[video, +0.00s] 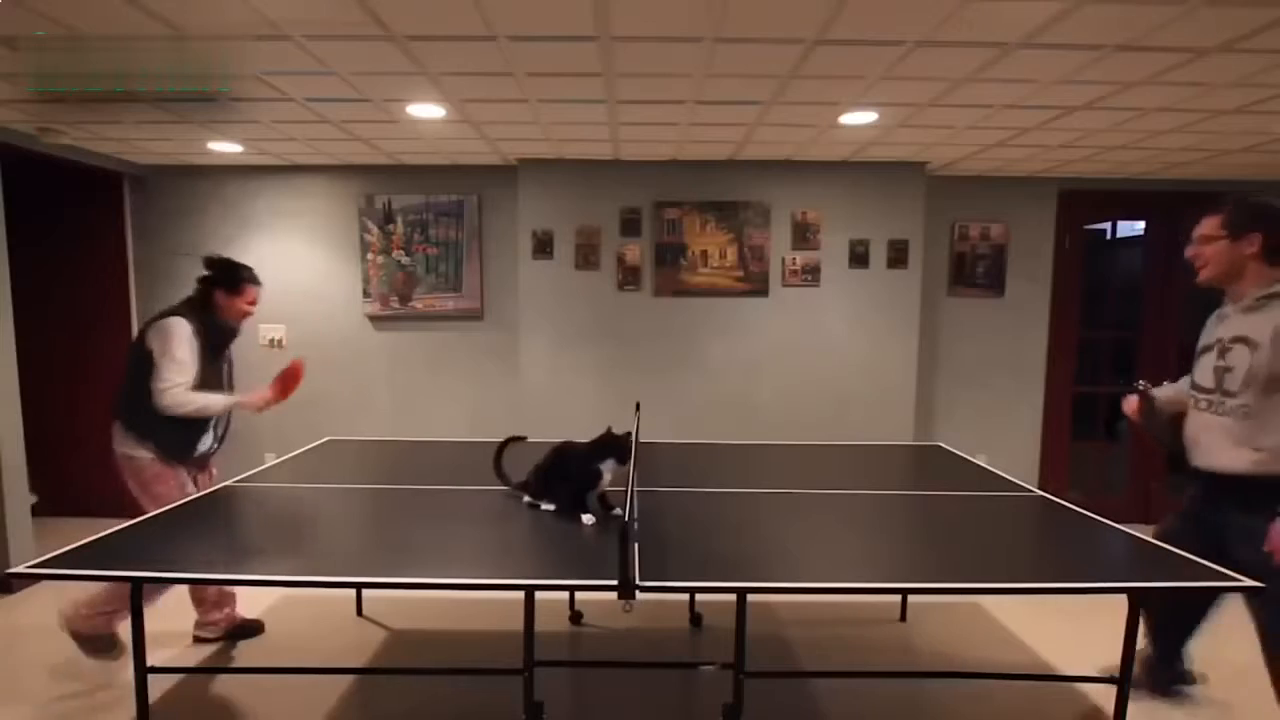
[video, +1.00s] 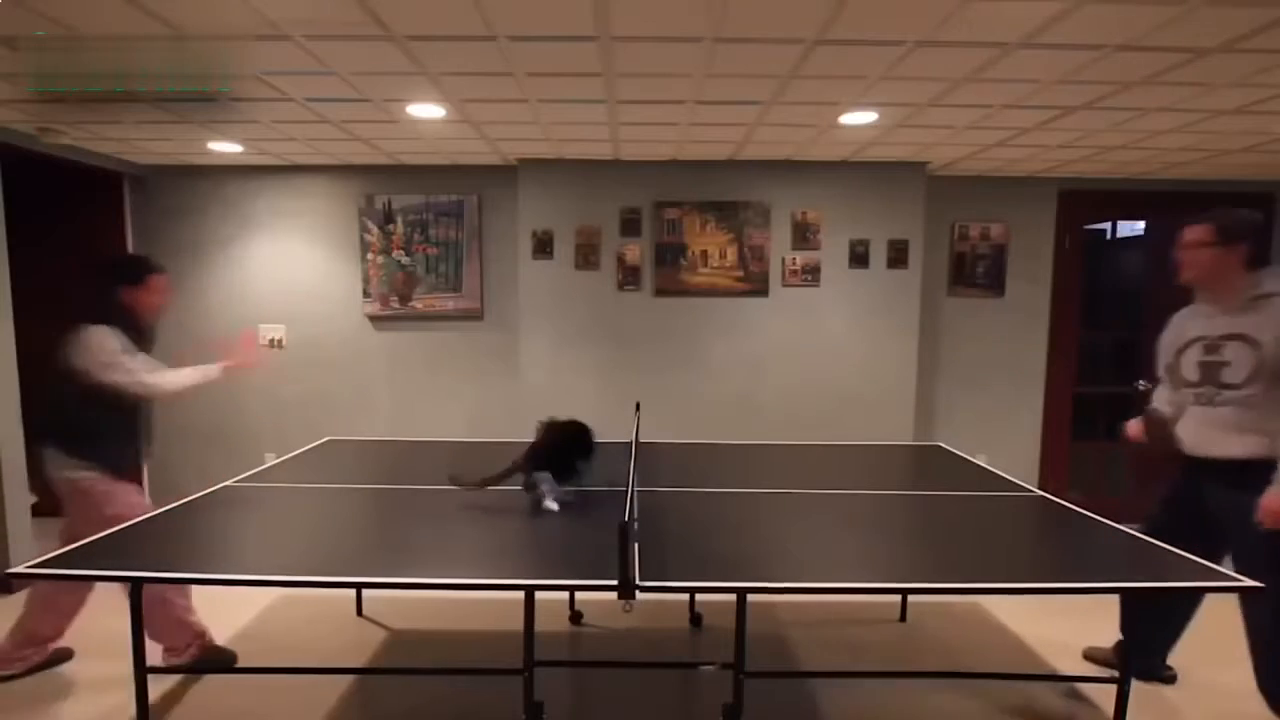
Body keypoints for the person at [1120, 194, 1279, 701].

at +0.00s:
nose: (1192, 253)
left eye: (1205, 241)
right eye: (1193, 242)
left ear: (1249, 246)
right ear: (1242, 247)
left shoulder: (1275, 313)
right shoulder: (1220, 317)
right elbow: (1204, 385)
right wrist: (1154, 400)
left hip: (1264, 493)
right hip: (1211, 489)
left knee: (1274, 621)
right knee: (1164, 581)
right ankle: (1166, 668)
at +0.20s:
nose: (1145, 280)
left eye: (1153, 269)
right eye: (1144, 270)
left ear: (1190, 269)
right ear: (1185, 273)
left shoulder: (1227, 325)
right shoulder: (1198, 320)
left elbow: (1240, 423)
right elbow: (1183, 376)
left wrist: (1212, 501)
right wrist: (1129, 382)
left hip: (1206, 483)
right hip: (1176, 477)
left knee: (1233, 610)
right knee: (1127, 565)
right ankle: (1140, 659)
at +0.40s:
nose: (1123, 260)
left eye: (1132, 249)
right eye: (1123, 250)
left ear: (1168, 250)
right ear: (1155, 255)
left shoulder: (1221, 303)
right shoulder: (1127, 313)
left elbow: (1253, 382)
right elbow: (1059, 321)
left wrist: (1233, 456)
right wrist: (995, 318)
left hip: (1204, 450)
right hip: (1149, 450)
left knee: (1223, 579)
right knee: (1145, 555)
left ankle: (1250, 702)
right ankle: (1139, 651)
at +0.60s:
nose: (1117, 259)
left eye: (1127, 249)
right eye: (1115, 250)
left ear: (1163, 252)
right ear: (1119, 258)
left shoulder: (1216, 304)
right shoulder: (1118, 318)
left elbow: (1255, 378)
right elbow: (1087, 368)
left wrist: (1263, 453)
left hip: (1205, 445)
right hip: (1147, 448)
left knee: (1204, 567)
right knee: (1135, 552)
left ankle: (1234, 701)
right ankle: (1139, 651)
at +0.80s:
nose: (1119, 262)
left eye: (1130, 252)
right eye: (1118, 254)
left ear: (1167, 256)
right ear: (1120, 262)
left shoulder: (1225, 309)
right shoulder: (1134, 325)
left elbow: (1267, 381)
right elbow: (1150, 395)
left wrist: (1271, 464)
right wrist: (1128, 425)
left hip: (1225, 461)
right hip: (1163, 461)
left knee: (1250, 585)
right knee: (1150, 559)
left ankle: (1276, 689)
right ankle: (1140, 651)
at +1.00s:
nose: (1181, 259)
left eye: (1193, 248)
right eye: (1181, 249)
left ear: (1234, 254)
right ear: (1182, 256)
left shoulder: (1272, 311)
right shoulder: (1180, 325)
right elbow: (1169, 394)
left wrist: (1279, 484)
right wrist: (1149, 420)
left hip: (1260, 477)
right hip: (1197, 471)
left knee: (1267, 599)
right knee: (1162, 562)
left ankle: (1278, 694)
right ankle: (1142, 654)